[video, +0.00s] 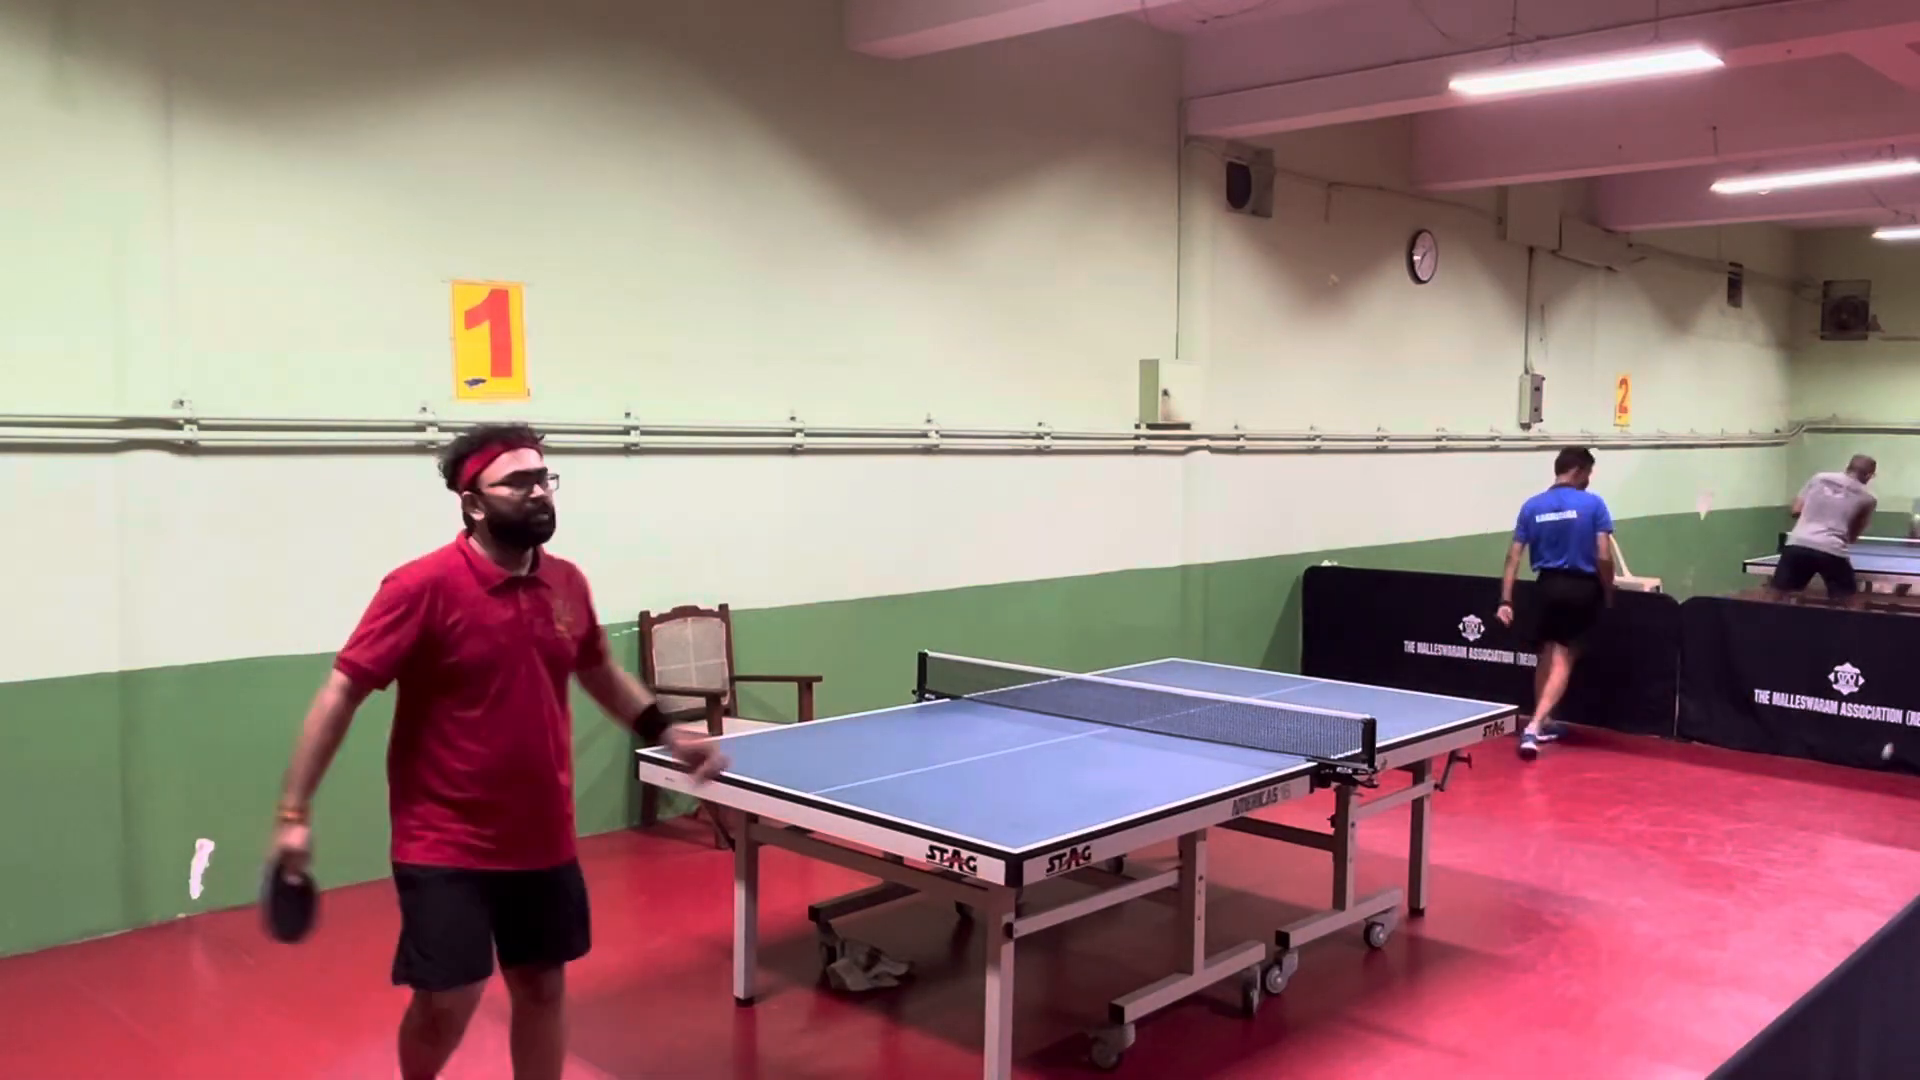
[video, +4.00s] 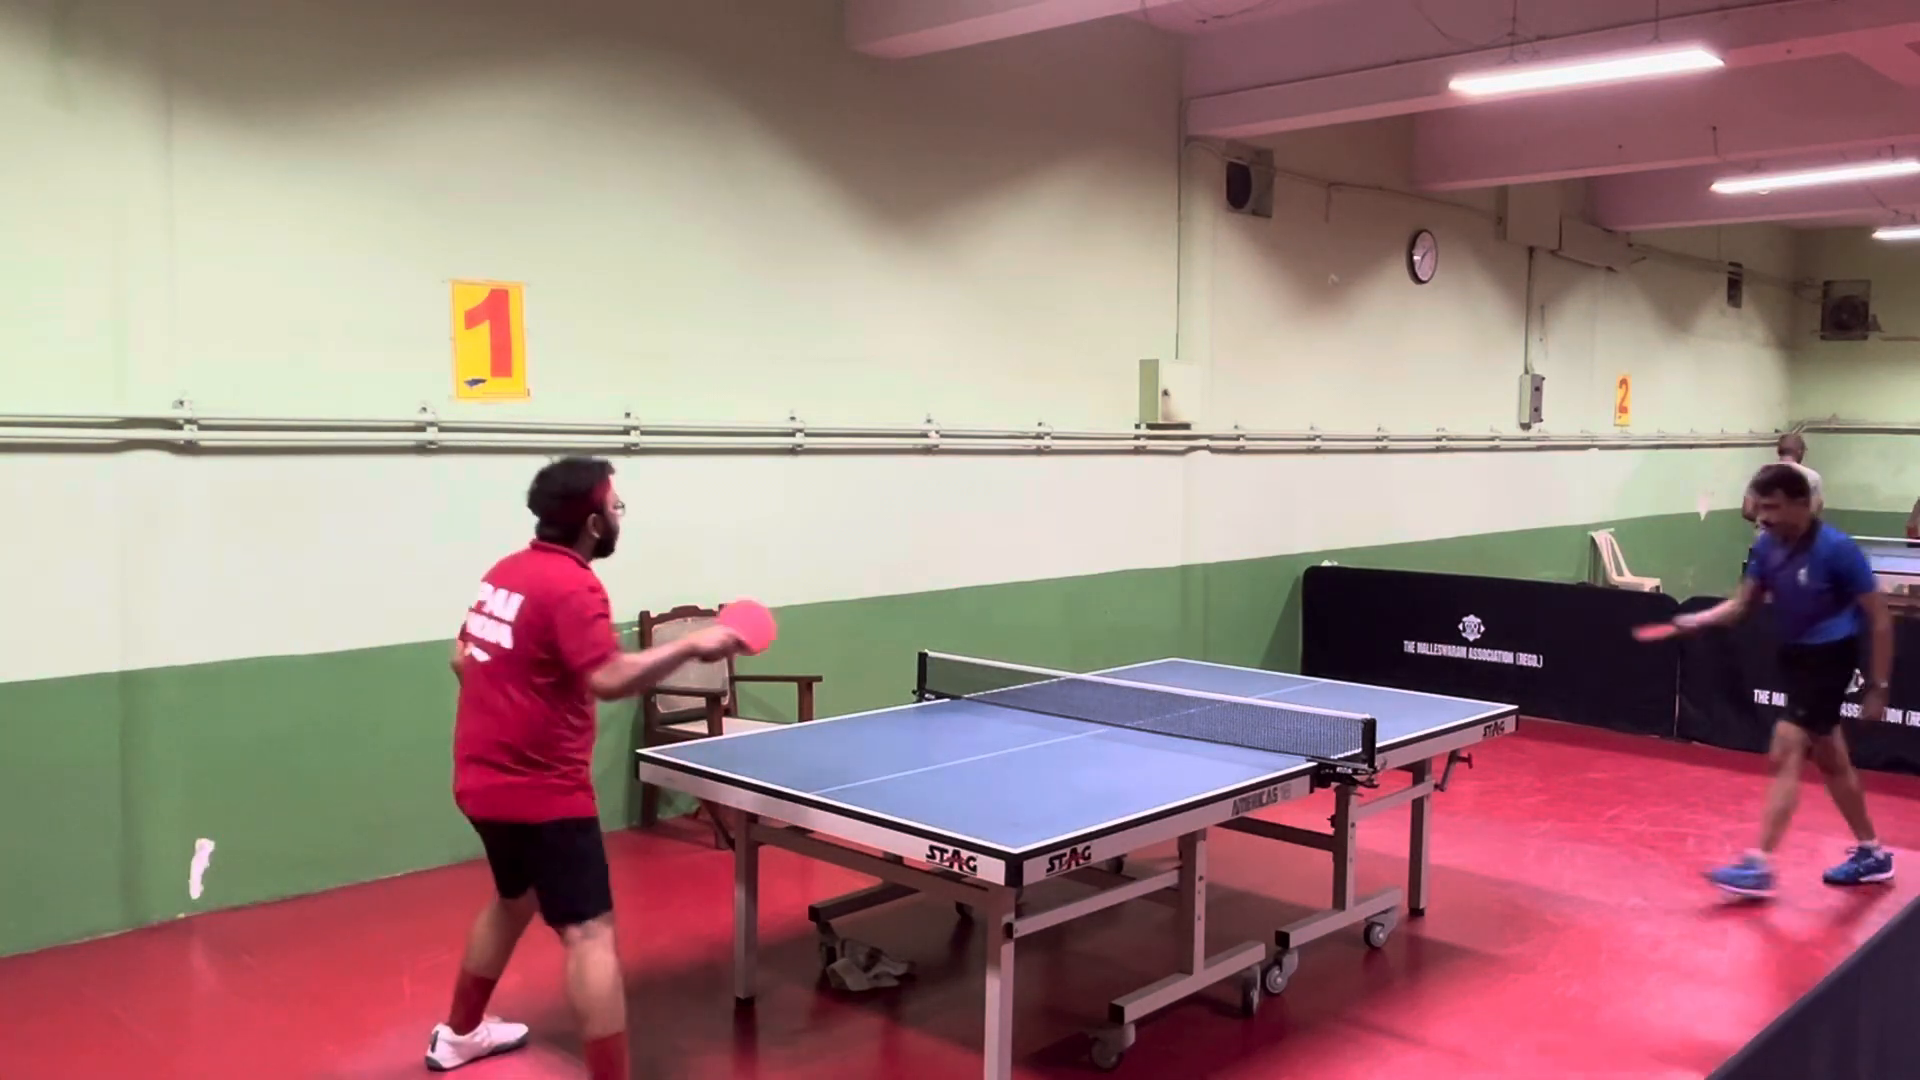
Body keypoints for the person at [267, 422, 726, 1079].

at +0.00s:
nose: (541, 490)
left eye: (545, 478)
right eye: (520, 481)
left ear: (552, 486)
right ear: (472, 503)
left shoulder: (564, 583)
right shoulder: (420, 589)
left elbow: (600, 671)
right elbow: (340, 694)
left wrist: (665, 732)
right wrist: (293, 815)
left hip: (539, 834)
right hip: (444, 839)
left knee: (542, 988)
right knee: (451, 996)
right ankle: (415, 1076)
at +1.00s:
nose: (241, 583)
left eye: (253, 558)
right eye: (236, 564)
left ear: (320, 541)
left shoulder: (424, 650)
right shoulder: (297, 646)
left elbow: (514, 794)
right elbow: (293, 792)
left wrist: (444, 935)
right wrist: (240, 890)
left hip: (367, 990)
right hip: (286, 985)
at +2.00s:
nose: (226, 514)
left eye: (224, 501)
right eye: (222, 502)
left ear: (119, 516)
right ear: (190, 517)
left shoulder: (31, 618)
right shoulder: (252, 617)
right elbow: (300, 751)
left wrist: (10, 815)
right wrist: (290, 818)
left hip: (61, 913)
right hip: (188, 922)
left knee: (79, 1021)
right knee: (168, 1067)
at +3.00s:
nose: (503, 491)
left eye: (497, 480)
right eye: (492, 484)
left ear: (433, 501)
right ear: (460, 505)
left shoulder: (370, 562)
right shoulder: (467, 595)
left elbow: (336, 659)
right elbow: (471, 721)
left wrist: (339, 751)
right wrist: (513, 825)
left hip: (379, 803)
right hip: (439, 816)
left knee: (424, 917)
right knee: (457, 958)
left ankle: (331, 1053)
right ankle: (467, 1073)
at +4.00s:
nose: (621, 514)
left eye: (617, 504)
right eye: (613, 506)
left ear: (553, 517)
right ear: (588, 518)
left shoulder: (509, 569)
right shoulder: (572, 586)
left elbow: (465, 655)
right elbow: (608, 678)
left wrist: (515, 713)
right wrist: (690, 645)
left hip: (485, 785)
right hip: (546, 793)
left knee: (514, 899)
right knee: (589, 933)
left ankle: (460, 1031)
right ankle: (611, 1069)